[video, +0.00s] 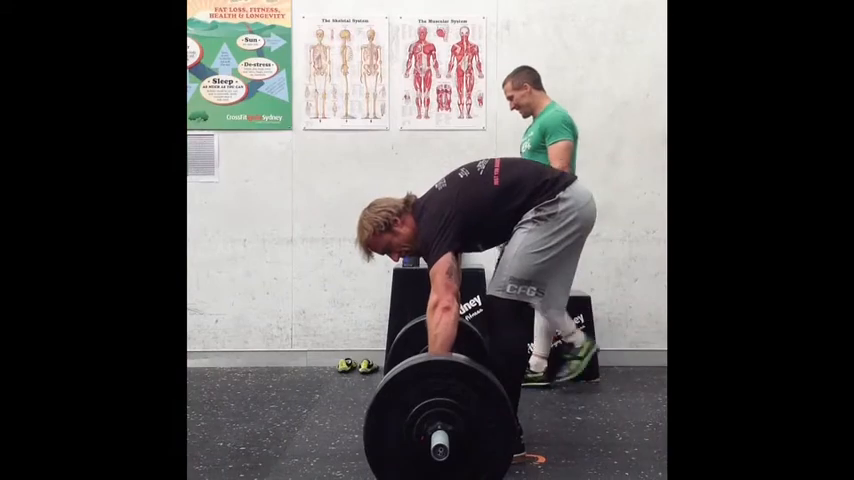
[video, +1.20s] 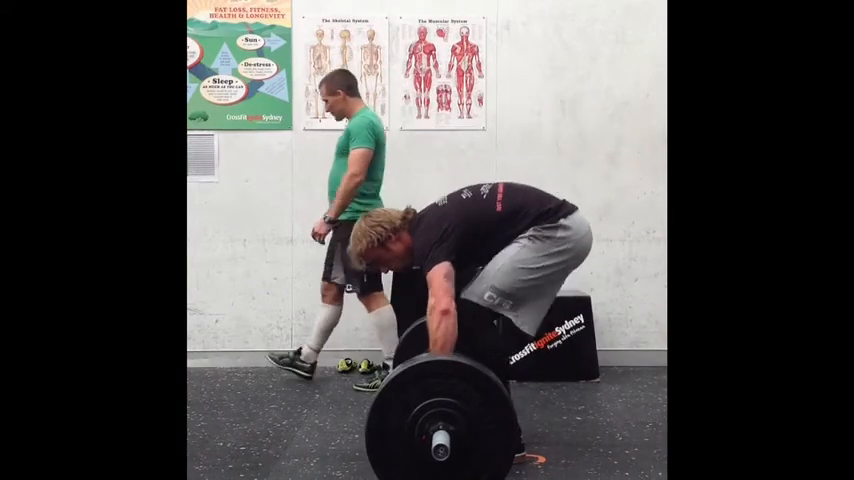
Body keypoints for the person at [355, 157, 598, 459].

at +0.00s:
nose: (396, 258)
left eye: (390, 250)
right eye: (389, 254)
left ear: (399, 224)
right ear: (399, 221)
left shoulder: (435, 220)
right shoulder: (436, 214)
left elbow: (445, 305)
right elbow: (448, 296)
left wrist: (433, 380)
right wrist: (437, 369)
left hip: (557, 205)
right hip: (561, 201)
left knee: (505, 307)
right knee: (507, 306)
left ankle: (504, 435)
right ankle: (501, 429)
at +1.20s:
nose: (387, 270)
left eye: (381, 262)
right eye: (380, 266)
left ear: (392, 240)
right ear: (394, 235)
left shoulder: (431, 233)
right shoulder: (427, 230)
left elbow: (444, 309)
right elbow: (434, 307)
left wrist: (435, 386)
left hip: (555, 230)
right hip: (553, 228)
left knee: (471, 316)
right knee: (471, 314)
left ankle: (502, 438)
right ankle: (496, 433)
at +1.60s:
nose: (380, 305)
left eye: (376, 296)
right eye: (374, 299)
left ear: (391, 276)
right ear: (394, 273)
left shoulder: (428, 273)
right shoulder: (432, 266)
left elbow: (436, 319)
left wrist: (438, 388)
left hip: (546, 328)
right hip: (544, 324)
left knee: (446, 334)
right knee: (436, 333)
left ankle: (495, 436)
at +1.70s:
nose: (380, 313)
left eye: (377, 304)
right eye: (374, 307)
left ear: (393, 285)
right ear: (396, 281)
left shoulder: (428, 282)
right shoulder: (434, 275)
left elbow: (433, 320)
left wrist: (441, 390)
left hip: (543, 350)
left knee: (442, 342)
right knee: (435, 339)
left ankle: (502, 440)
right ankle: (502, 437)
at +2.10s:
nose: (383, 306)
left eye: (381, 297)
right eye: (378, 300)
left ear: (396, 279)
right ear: (398, 277)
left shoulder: (431, 276)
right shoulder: (438, 270)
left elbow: (435, 319)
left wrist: (439, 386)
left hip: (545, 350)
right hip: (547, 346)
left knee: (444, 340)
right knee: (438, 338)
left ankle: (501, 439)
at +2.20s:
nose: (385, 308)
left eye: (383, 299)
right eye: (380, 302)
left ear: (400, 282)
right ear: (402, 279)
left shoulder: (434, 281)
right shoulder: (441, 273)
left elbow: (437, 320)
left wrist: (441, 387)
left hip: (544, 360)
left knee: (442, 342)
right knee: (446, 341)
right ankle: (507, 439)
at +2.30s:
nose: (386, 308)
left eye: (383, 298)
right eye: (380, 301)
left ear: (400, 281)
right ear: (402, 279)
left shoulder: (434, 280)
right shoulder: (441, 272)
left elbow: (437, 320)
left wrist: (441, 386)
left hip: (545, 360)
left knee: (446, 342)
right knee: (445, 340)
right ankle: (506, 438)